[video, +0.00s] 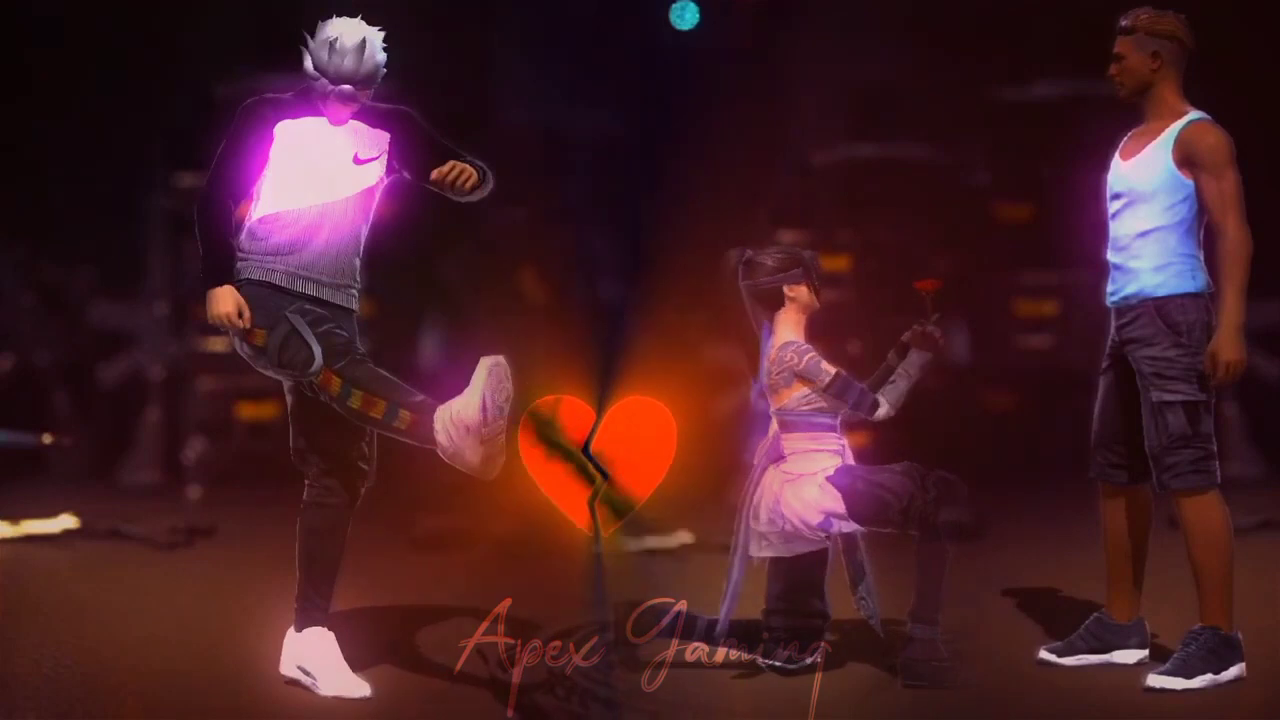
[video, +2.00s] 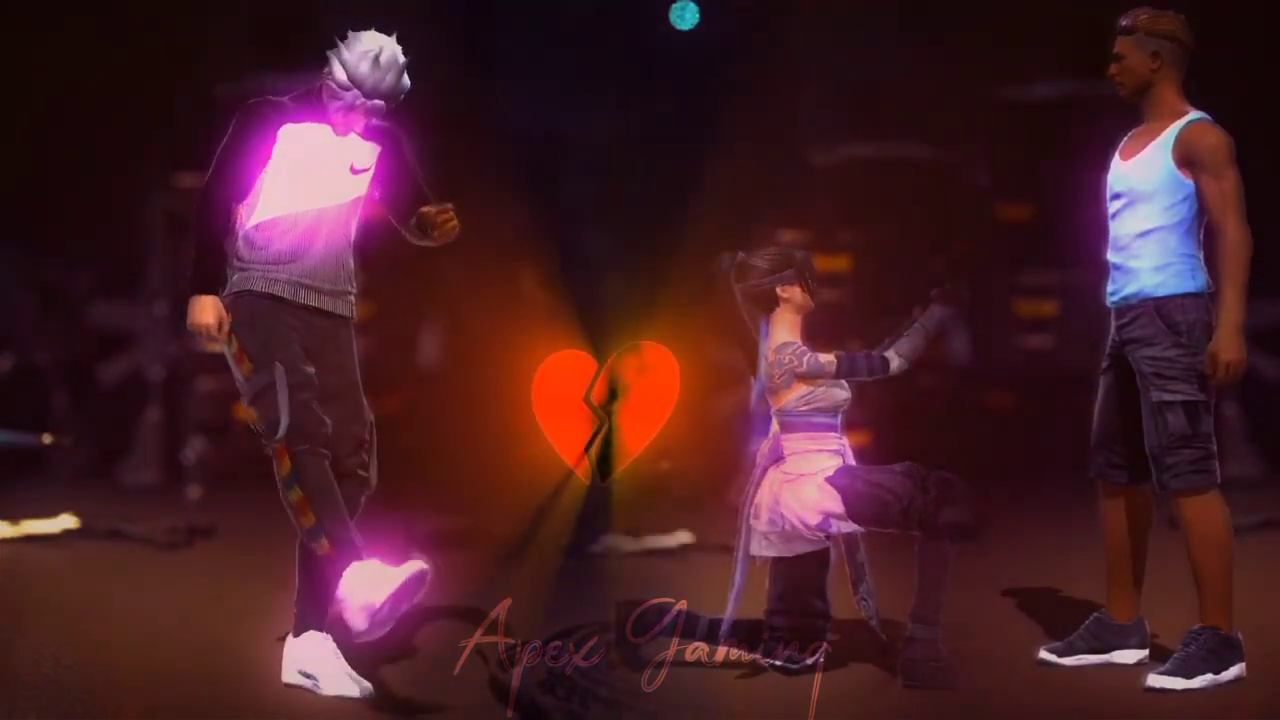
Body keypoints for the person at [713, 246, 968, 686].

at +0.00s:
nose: (815, 288)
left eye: (811, 280)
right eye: (808, 281)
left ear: (786, 293)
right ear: (788, 291)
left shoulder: (784, 350)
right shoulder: (794, 352)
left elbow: (862, 399)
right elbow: (879, 407)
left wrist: (902, 351)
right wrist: (920, 355)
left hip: (795, 480)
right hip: (810, 485)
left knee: (796, 637)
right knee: (942, 496)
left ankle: (678, 624)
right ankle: (924, 646)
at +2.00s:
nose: (811, 292)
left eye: (807, 283)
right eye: (803, 283)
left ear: (782, 294)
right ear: (782, 292)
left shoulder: (782, 351)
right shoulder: (789, 355)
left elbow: (878, 363)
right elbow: (888, 363)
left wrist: (923, 320)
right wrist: (934, 316)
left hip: (795, 484)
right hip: (809, 486)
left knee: (796, 644)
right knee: (944, 496)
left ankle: (676, 624)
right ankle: (923, 650)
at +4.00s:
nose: (808, 290)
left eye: (803, 282)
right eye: (800, 283)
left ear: (779, 293)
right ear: (780, 291)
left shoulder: (782, 350)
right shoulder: (787, 354)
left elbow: (879, 359)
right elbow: (885, 360)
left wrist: (928, 310)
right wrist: (938, 307)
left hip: (797, 484)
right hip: (809, 486)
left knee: (795, 645)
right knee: (942, 497)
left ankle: (675, 624)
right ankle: (923, 650)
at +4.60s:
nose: (805, 289)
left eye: (800, 281)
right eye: (797, 282)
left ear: (775, 296)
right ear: (779, 293)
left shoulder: (782, 351)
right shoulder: (787, 354)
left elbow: (878, 358)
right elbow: (885, 359)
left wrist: (926, 311)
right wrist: (936, 308)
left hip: (796, 486)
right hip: (808, 488)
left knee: (795, 645)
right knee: (943, 497)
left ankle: (676, 623)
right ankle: (924, 651)